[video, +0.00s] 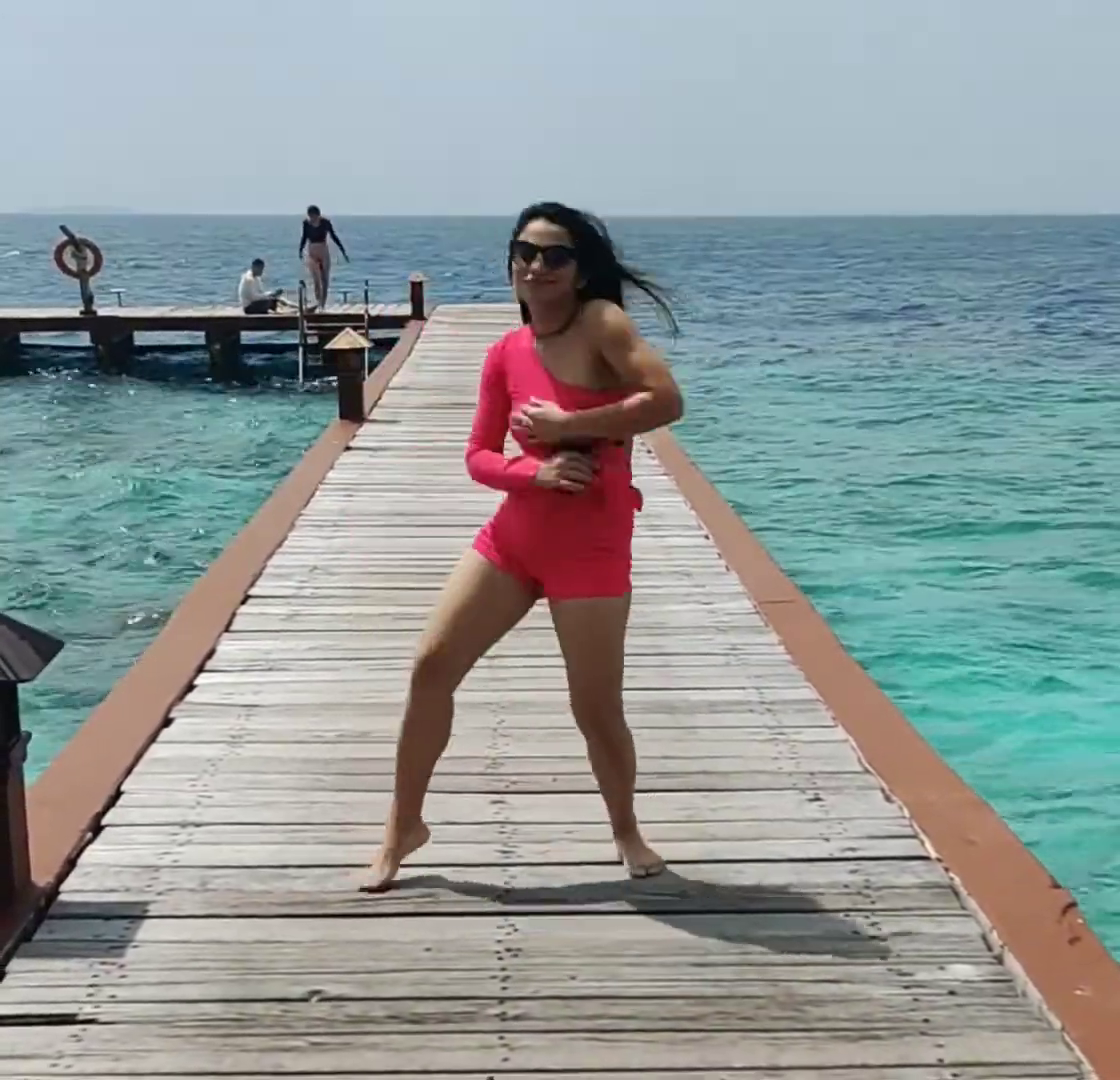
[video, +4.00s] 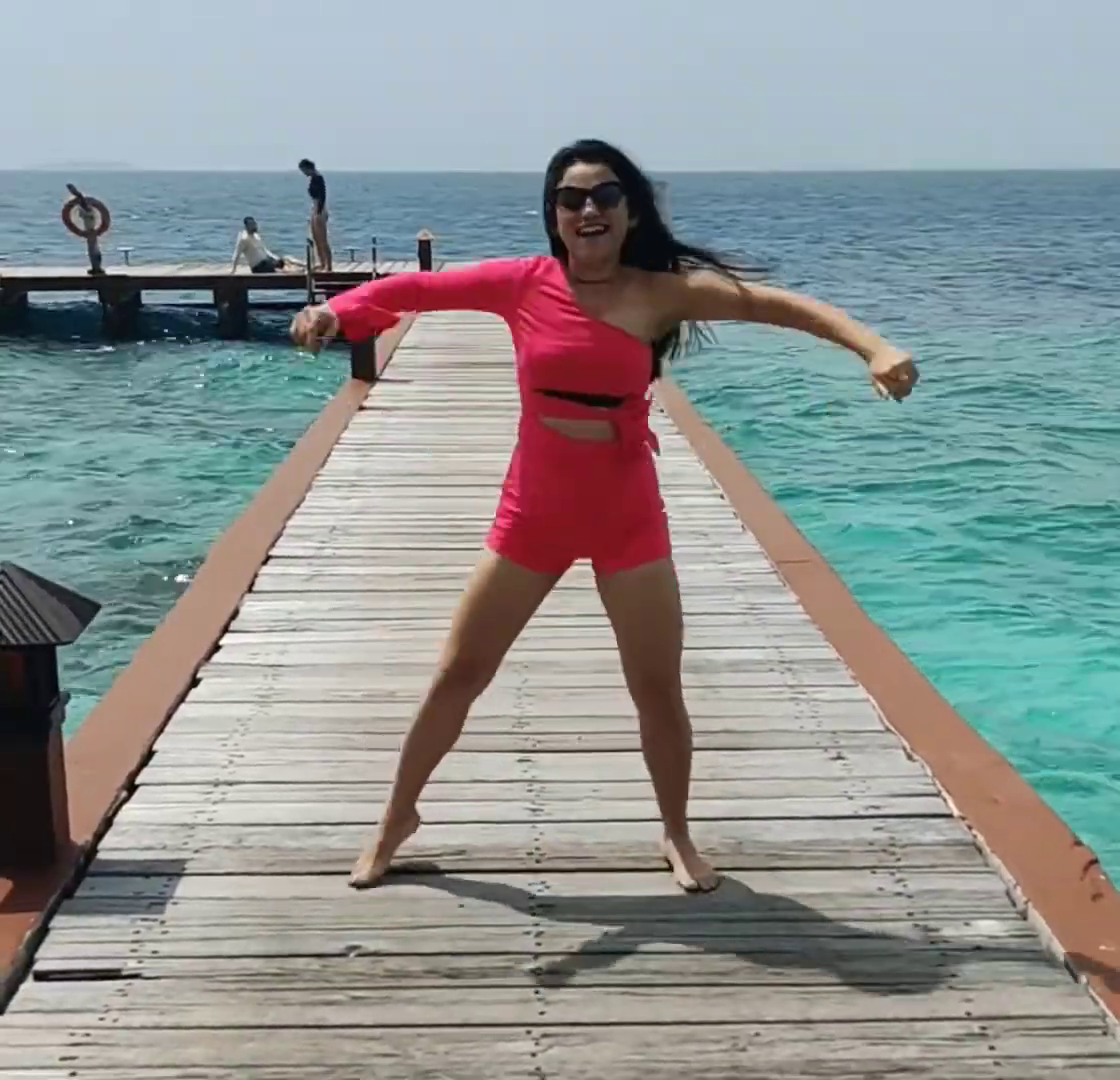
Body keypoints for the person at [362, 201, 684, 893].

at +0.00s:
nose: (538, 264)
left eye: (555, 254)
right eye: (525, 253)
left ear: (583, 265)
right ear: (511, 265)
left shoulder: (603, 324)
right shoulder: (507, 352)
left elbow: (667, 401)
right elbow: (480, 458)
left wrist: (571, 425)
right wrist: (535, 471)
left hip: (590, 545)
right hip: (515, 535)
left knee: (597, 710)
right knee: (431, 671)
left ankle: (626, 831)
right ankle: (405, 823)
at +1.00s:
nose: (381, 269)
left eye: (397, 258)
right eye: (369, 253)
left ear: (419, 258)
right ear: (353, 247)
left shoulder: (415, 317)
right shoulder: (339, 281)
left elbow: (450, 382)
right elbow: (321, 319)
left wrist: (497, 400)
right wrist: (302, 346)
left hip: (401, 495)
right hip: (332, 496)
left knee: (389, 631)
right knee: (378, 636)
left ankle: (361, 729)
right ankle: (361, 764)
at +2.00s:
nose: (525, 206)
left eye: (541, 197)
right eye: (513, 195)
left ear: (565, 211)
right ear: (497, 207)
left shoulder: (589, 281)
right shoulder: (487, 297)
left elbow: (616, 283)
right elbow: (395, 356)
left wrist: (604, 210)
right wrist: (295, 353)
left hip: (577, 467)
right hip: (500, 470)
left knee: (569, 587)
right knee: (540, 637)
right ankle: (575, 766)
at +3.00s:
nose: (461, 240)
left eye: (477, 227)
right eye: (447, 228)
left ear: (503, 242)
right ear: (429, 242)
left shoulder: (530, 334)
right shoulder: (398, 315)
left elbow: (625, 391)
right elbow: (311, 366)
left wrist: (728, 423)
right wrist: (220, 403)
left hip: (476, 535)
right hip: (387, 526)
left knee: (505, 708)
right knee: (364, 702)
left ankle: (549, 824)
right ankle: (344, 843)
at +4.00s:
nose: (590, 212)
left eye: (606, 197)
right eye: (573, 199)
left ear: (632, 210)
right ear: (554, 213)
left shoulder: (663, 293)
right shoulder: (523, 284)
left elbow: (786, 308)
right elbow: (416, 291)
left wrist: (874, 348)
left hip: (626, 509)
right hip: (534, 505)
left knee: (658, 686)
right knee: (458, 674)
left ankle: (677, 837)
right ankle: (394, 825)